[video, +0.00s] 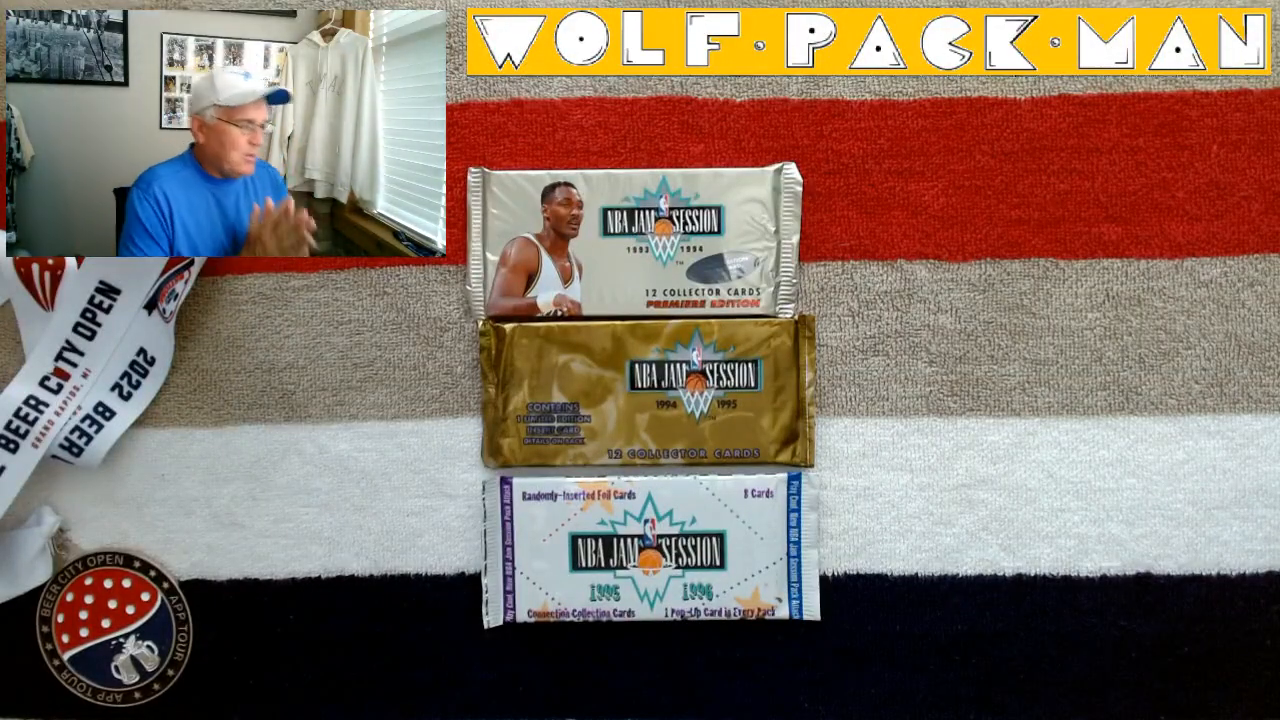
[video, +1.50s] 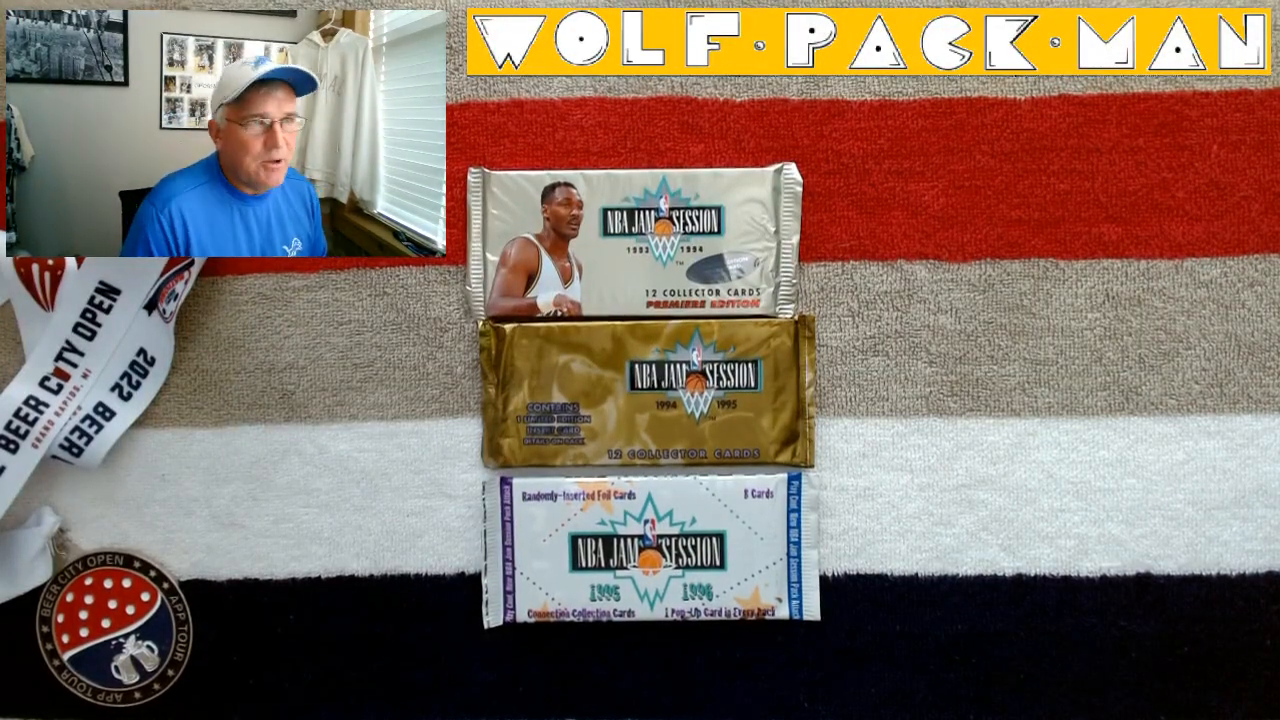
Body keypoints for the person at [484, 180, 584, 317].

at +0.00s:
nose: (576, 213)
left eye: (580, 207)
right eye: (566, 205)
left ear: (583, 211)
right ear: (545, 211)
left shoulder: (575, 265)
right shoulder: (520, 250)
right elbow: (495, 307)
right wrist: (550, 301)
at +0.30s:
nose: (576, 213)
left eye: (580, 207)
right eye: (566, 205)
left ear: (583, 211)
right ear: (545, 211)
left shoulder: (575, 265)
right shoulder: (521, 249)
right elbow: (495, 307)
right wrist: (550, 301)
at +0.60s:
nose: (576, 212)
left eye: (580, 206)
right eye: (566, 204)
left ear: (583, 210)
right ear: (545, 210)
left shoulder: (575, 265)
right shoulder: (520, 249)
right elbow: (495, 307)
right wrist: (550, 300)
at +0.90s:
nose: (576, 213)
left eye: (580, 206)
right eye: (566, 205)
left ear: (583, 211)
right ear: (545, 211)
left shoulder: (575, 265)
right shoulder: (521, 249)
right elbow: (495, 307)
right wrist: (550, 301)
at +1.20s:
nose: (576, 213)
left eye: (580, 207)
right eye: (566, 205)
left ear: (583, 211)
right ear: (545, 211)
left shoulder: (575, 265)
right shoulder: (520, 250)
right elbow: (495, 307)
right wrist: (550, 301)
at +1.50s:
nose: (576, 213)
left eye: (580, 207)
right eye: (566, 205)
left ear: (583, 211)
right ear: (545, 211)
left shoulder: (575, 266)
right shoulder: (520, 250)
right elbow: (495, 308)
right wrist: (550, 301)